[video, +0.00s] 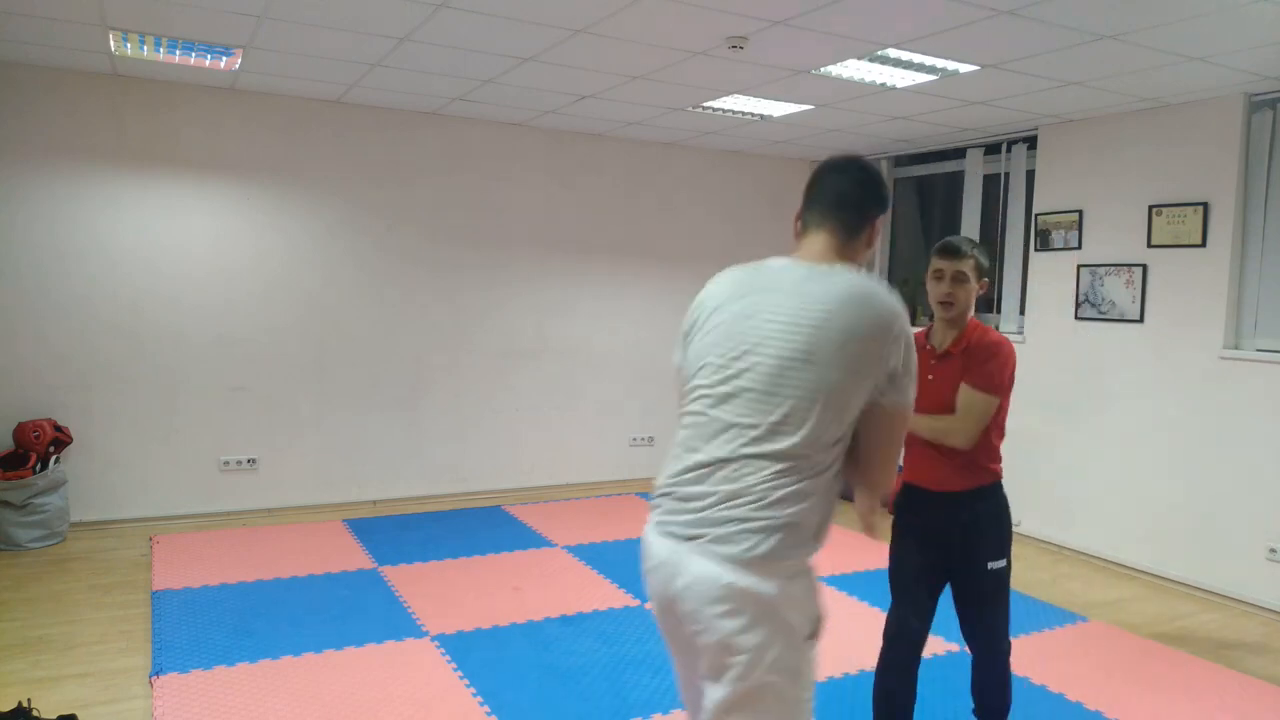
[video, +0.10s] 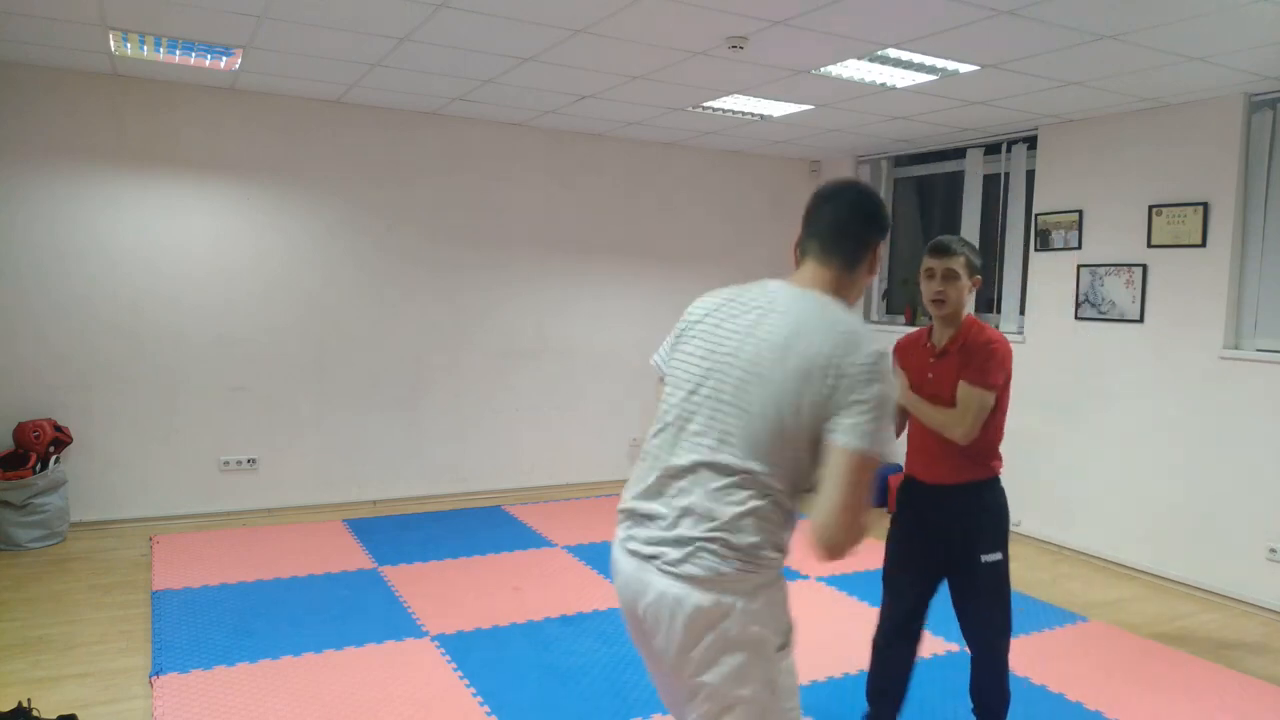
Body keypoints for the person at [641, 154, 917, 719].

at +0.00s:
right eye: (882, 231)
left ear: (798, 220)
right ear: (873, 232)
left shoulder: (722, 286)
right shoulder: (880, 312)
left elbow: (694, 409)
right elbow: (874, 479)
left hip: (664, 555)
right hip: (753, 582)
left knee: (706, 708)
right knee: (758, 709)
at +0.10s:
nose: (874, 276)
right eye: (880, 263)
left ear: (797, 245)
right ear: (874, 261)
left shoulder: (711, 306)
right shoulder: (855, 348)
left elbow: (657, 439)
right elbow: (832, 538)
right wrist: (863, 512)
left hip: (635, 568)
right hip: (722, 598)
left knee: (702, 708)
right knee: (760, 710)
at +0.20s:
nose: (873, 280)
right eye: (878, 268)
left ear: (798, 244)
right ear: (870, 267)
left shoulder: (707, 305)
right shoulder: (833, 346)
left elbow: (599, 402)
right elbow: (773, 523)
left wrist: (689, 443)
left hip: (621, 559)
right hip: (706, 590)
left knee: (671, 708)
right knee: (750, 709)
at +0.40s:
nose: (812, 264)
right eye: (815, 253)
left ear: (739, 243)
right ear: (806, 256)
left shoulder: (664, 310)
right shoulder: (793, 326)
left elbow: (596, 437)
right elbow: (787, 493)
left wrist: (680, 437)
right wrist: (805, 579)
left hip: (614, 559)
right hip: (697, 575)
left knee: (660, 691)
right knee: (737, 707)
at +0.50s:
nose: (784, 278)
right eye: (785, 267)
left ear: (715, 266)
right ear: (778, 269)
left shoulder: (655, 327)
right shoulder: (774, 321)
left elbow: (606, 459)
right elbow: (786, 473)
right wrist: (820, 505)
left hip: (606, 560)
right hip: (687, 572)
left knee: (668, 683)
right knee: (731, 708)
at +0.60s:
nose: (775, 282)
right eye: (776, 274)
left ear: (706, 275)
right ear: (768, 275)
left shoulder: (656, 331)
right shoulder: (769, 313)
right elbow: (772, 456)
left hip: (598, 546)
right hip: (675, 554)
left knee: (656, 698)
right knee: (729, 707)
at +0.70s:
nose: (774, 291)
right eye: (774, 283)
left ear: (705, 280)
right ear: (767, 281)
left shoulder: (657, 330)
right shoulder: (767, 315)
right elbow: (774, 451)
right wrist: (745, 421)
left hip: (590, 541)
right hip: (668, 548)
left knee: (644, 697)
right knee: (725, 704)